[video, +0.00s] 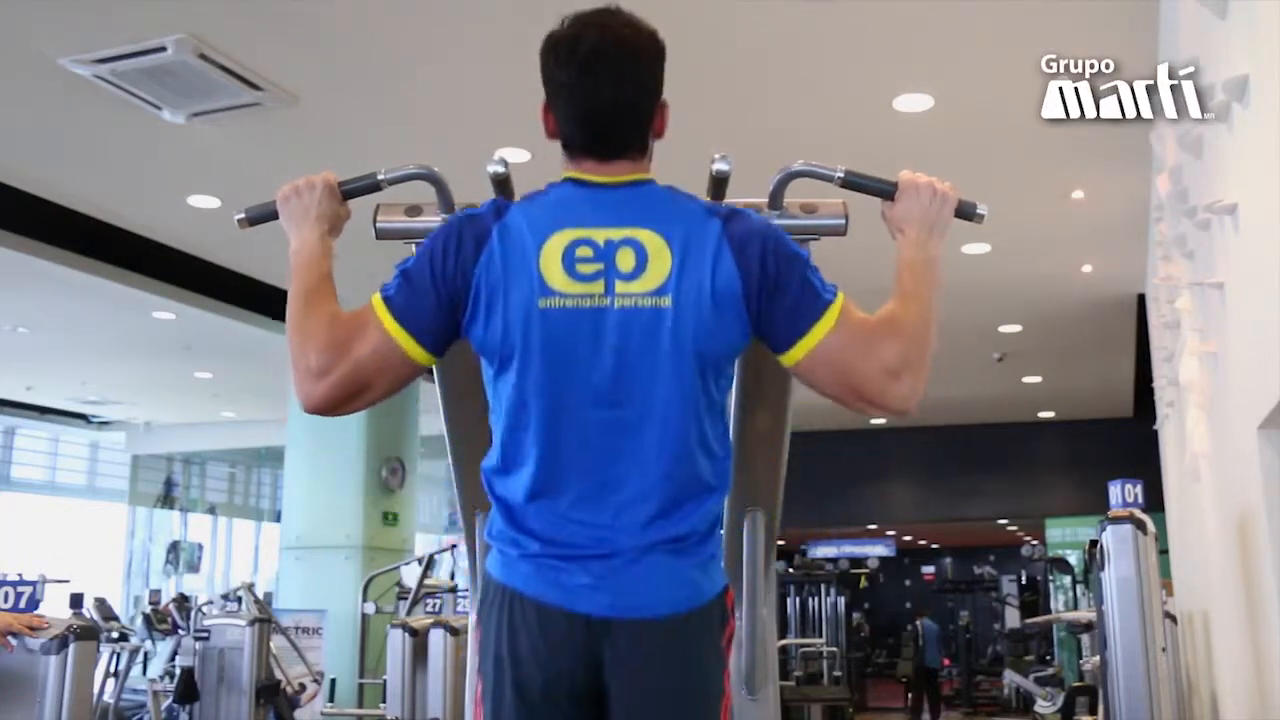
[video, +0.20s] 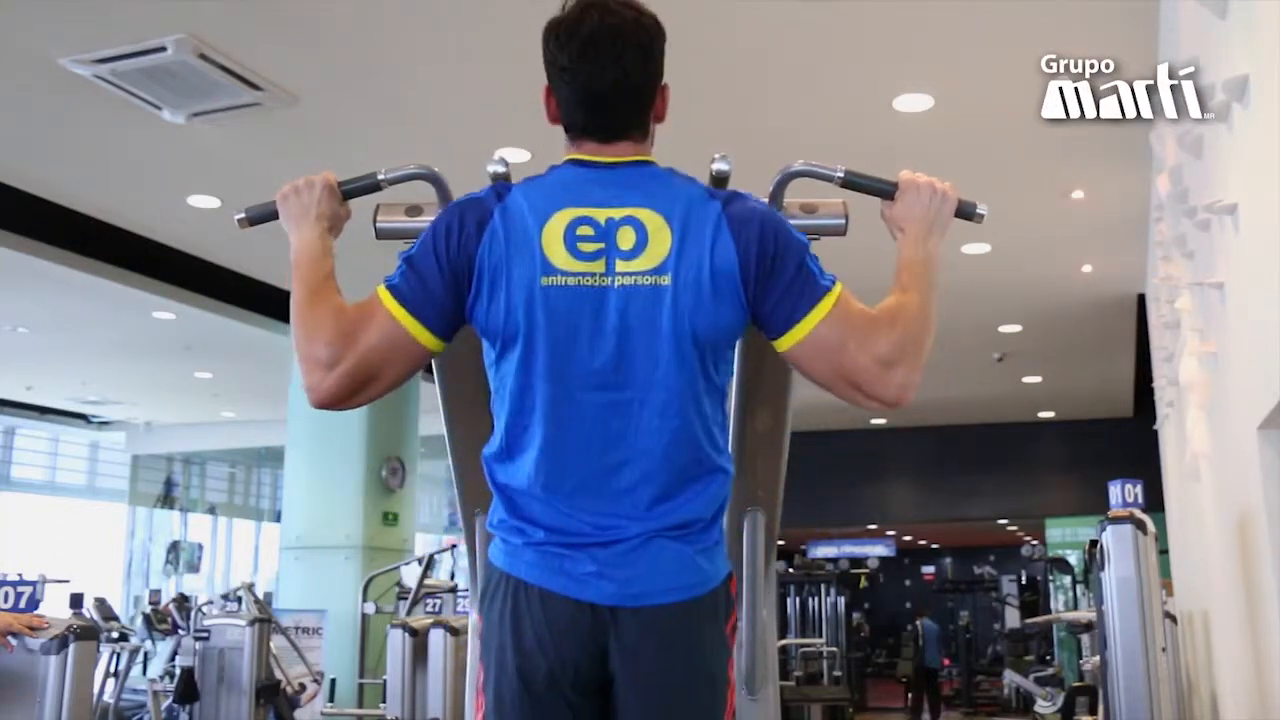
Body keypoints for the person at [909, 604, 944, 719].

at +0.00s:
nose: (916, 618)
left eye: (916, 616)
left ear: (917, 615)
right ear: (928, 614)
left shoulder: (917, 625)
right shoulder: (935, 627)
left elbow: (917, 644)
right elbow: (938, 645)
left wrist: (914, 659)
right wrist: (939, 659)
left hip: (921, 664)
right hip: (934, 664)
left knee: (918, 692)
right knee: (933, 691)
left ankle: (916, 715)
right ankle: (935, 715)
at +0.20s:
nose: (916, 618)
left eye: (916, 616)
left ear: (917, 615)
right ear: (928, 614)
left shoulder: (917, 625)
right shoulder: (935, 627)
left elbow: (917, 644)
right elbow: (938, 645)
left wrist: (914, 659)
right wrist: (939, 659)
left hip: (921, 664)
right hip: (934, 664)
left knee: (918, 692)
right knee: (933, 691)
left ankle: (916, 715)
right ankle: (935, 715)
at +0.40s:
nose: (916, 618)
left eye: (916, 616)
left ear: (917, 615)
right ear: (928, 614)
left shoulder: (917, 625)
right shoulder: (935, 627)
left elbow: (917, 644)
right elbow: (938, 645)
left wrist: (914, 659)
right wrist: (939, 659)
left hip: (921, 664)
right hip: (934, 664)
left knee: (918, 692)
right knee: (933, 691)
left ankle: (916, 715)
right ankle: (935, 715)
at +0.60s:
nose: (916, 618)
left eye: (916, 616)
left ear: (917, 615)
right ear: (928, 614)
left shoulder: (917, 625)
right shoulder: (935, 627)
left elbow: (917, 644)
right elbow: (938, 645)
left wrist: (914, 659)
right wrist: (939, 659)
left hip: (921, 664)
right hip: (934, 664)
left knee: (918, 692)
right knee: (933, 691)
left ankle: (916, 715)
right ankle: (935, 715)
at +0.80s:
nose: (916, 618)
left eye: (916, 616)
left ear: (917, 615)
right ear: (928, 614)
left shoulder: (917, 625)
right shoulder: (935, 627)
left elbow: (917, 644)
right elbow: (938, 645)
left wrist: (914, 659)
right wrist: (939, 659)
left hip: (921, 664)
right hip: (934, 664)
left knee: (918, 692)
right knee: (933, 691)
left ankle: (916, 715)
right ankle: (935, 715)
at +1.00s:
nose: (916, 618)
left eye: (916, 616)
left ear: (917, 615)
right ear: (928, 614)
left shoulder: (917, 625)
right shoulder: (935, 627)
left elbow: (917, 644)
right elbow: (938, 645)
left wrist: (914, 659)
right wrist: (939, 659)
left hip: (921, 664)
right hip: (934, 664)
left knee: (918, 692)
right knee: (933, 691)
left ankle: (916, 715)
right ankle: (935, 715)